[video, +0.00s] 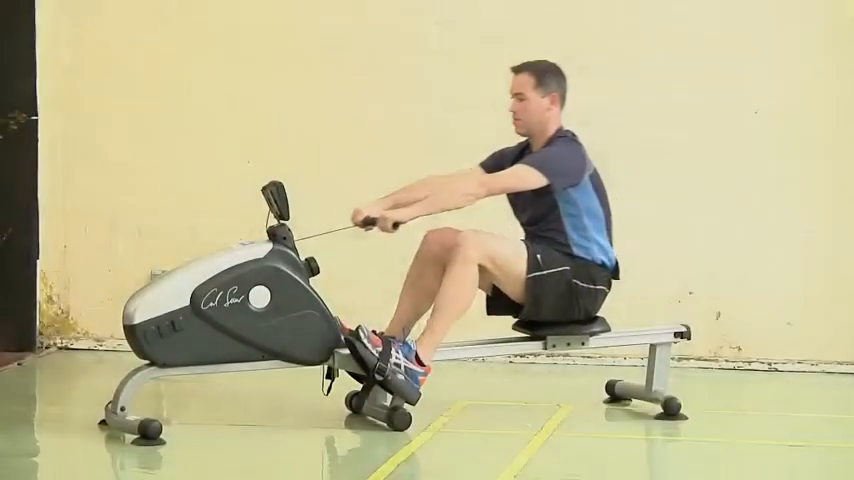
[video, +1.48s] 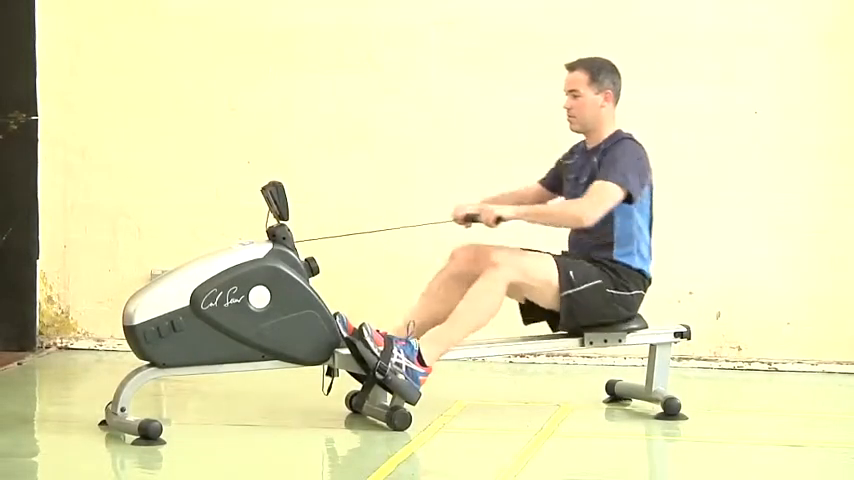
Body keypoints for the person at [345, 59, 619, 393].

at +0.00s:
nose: (511, 108)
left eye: (520, 99)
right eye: (512, 99)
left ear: (552, 102)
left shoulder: (566, 154)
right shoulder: (515, 156)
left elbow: (481, 187)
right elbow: (457, 183)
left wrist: (406, 214)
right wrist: (383, 204)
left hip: (581, 278)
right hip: (543, 274)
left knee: (469, 246)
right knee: (437, 242)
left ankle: (418, 363)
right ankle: (389, 345)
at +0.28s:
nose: (583, 102)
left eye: (592, 93)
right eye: (583, 93)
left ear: (623, 96)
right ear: (607, 98)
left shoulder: (637, 151)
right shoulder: (581, 152)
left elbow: (555, 187)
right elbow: (530, 182)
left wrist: (483, 205)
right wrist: (464, 196)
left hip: (616, 278)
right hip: (578, 268)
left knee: (501, 266)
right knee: (467, 260)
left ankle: (420, 360)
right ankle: (397, 344)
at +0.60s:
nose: (634, 105)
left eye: (642, 96)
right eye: (634, 96)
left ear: (675, 99)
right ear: (650, 100)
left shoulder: (686, 154)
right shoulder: (635, 156)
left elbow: (655, 220)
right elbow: (596, 202)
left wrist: (581, 217)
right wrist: (552, 208)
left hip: (643, 276)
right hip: (607, 265)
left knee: (527, 302)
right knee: (493, 292)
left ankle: (422, 363)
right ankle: (392, 346)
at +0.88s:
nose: (635, 103)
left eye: (645, 94)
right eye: (636, 94)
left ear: (678, 99)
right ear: (660, 101)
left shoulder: (694, 155)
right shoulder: (646, 155)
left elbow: (715, 234)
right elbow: (645, 219)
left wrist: (648, 228)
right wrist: (607, 223)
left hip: (648, 274)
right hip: (613, 261)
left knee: (532, 322)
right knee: (504, 307)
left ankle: (419, 364)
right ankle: (396, 346)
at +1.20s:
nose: (616, 103)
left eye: (625, 94)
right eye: (615, 94)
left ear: (656, 96)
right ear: (632, 98)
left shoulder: (674, 152)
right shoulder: (625, 154)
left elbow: (674, 234)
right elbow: (610, 205)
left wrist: (600, 220)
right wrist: (573, 212)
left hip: (644, 279)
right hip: (606, 266)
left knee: (528, 300)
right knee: (492, 287)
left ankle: (422, 364)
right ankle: (399, 349)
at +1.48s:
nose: (566, 106)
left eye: (574, 96)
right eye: (566, 97)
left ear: (606, 98)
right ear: (598, 99)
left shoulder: (626, 152)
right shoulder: (576, 155)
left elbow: (583, 213)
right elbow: (534, 196)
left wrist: (507, 213)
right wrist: (484, 204)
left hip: (615, 281)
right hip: (579, 274)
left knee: (501, 264)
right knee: (465, 259)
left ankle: (423, 360)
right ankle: (396, 344)